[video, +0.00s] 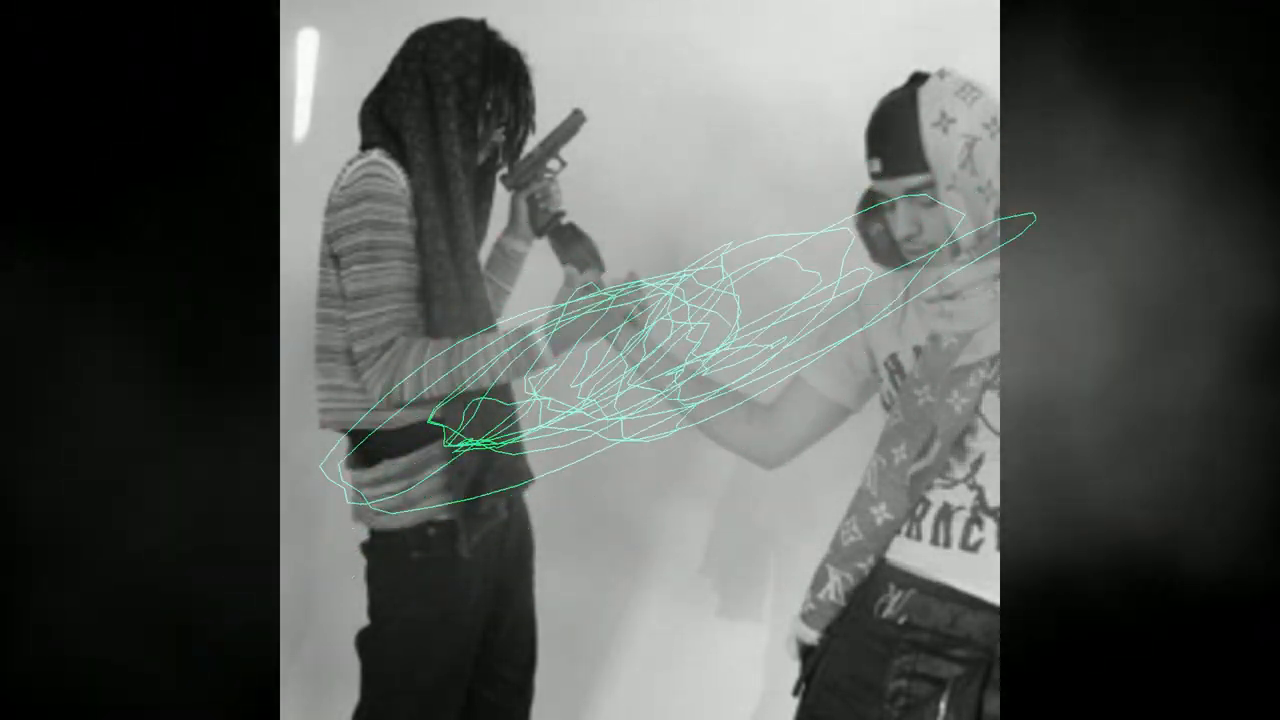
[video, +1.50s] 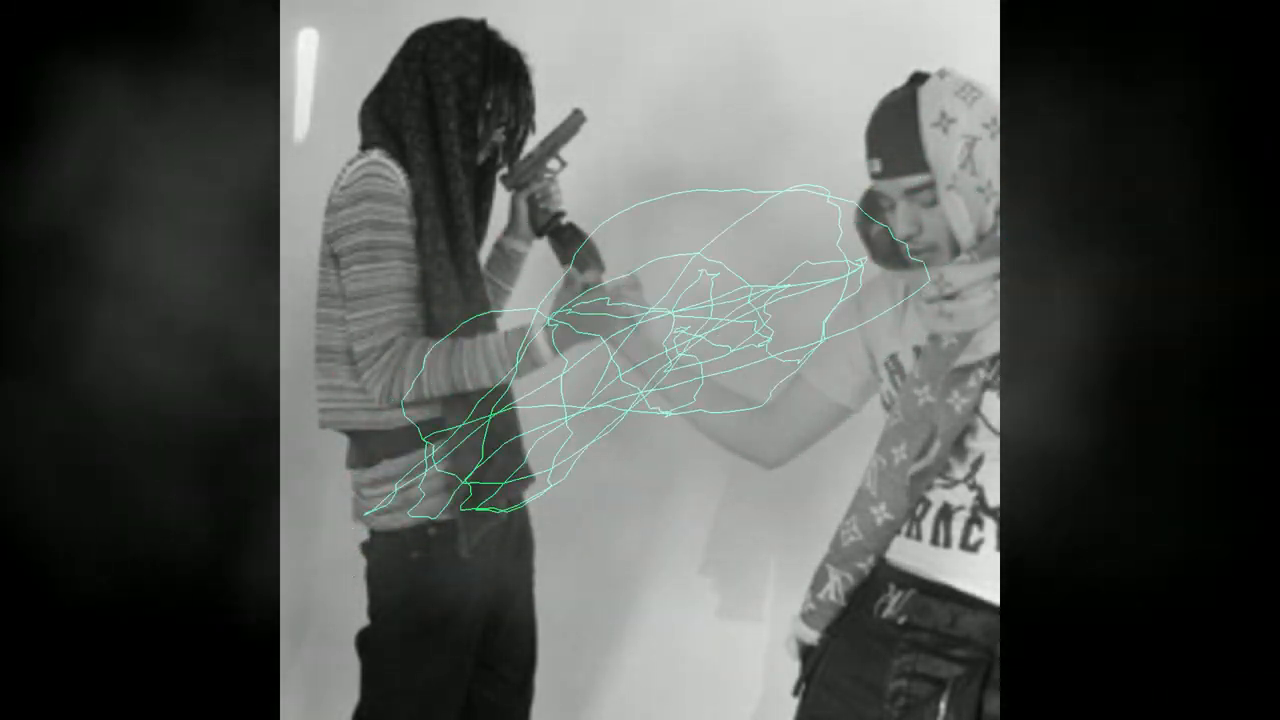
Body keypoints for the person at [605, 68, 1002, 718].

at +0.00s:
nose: (889, 227)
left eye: (909, 200)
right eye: (880, 202)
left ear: (970, 192)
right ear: (877, 201)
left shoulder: (1043, 288)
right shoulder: (897, 301)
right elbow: (769, 436)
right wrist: (631, 337)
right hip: (888, 617)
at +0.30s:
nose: (903, 227)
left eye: (926, 196)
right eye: (884, 202)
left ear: (981, 186)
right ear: (871, 208)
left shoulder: (1039, 295)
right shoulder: (898, 309)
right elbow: (768, 435)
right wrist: (634, 337)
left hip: (991, 647)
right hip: (877, 620)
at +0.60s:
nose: (903, 226)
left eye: (925, 197)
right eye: (884, 202)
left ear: (983, 184)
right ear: (872, 201)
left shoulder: (1037, 289)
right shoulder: (894, 300)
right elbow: (768, 436)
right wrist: (634, 342)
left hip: (1007, 643)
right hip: (885, 618)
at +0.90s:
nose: (902, 227)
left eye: (923, 198)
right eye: (884, 204)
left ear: (979, 184)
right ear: (872, 205)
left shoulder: (1034, 291)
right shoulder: (892, 303)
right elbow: (769, 435)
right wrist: (636, 343)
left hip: (992, 638)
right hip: (879, 612)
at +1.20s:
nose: (903, 226)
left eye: (924, 198)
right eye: (887, 203)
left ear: (977, 184)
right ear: (877, 203)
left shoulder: (1041, 289)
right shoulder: (888, 304)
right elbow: (769, 436)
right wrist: (641, 341)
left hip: (993, 636)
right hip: (883, 610)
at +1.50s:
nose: (910, 226)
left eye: (927, 197)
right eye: (890, 203)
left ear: (984, 184)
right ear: (877, 205)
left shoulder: (1036, 288)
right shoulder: (898, 297)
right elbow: (769, 436)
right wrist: (631, 337)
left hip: (993, 641)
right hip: (884, 615)